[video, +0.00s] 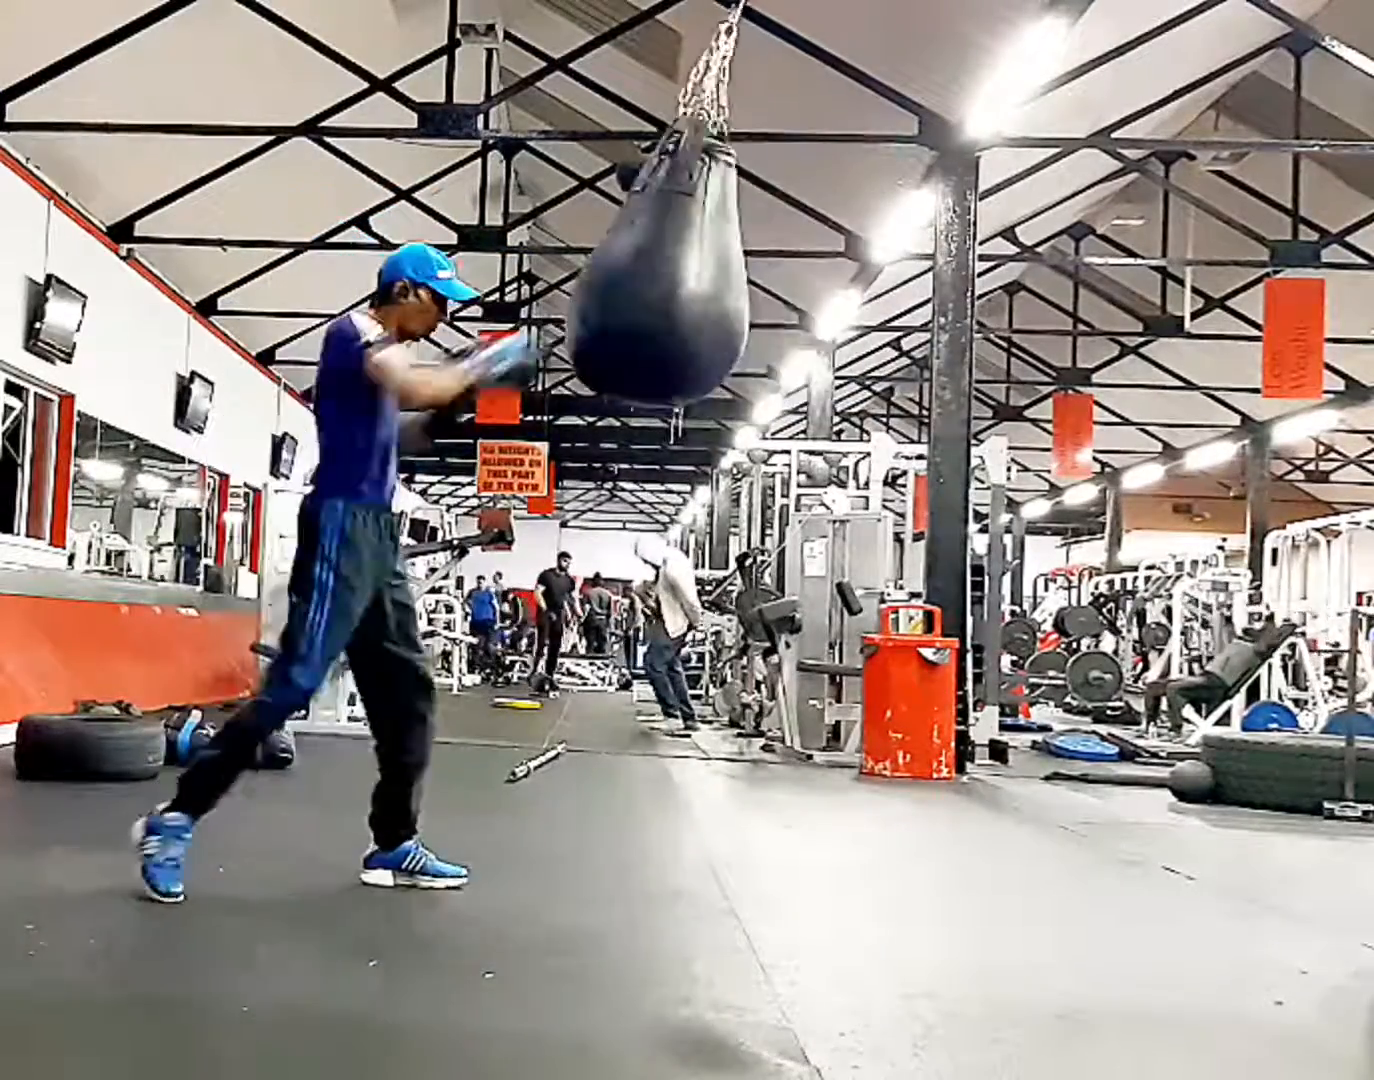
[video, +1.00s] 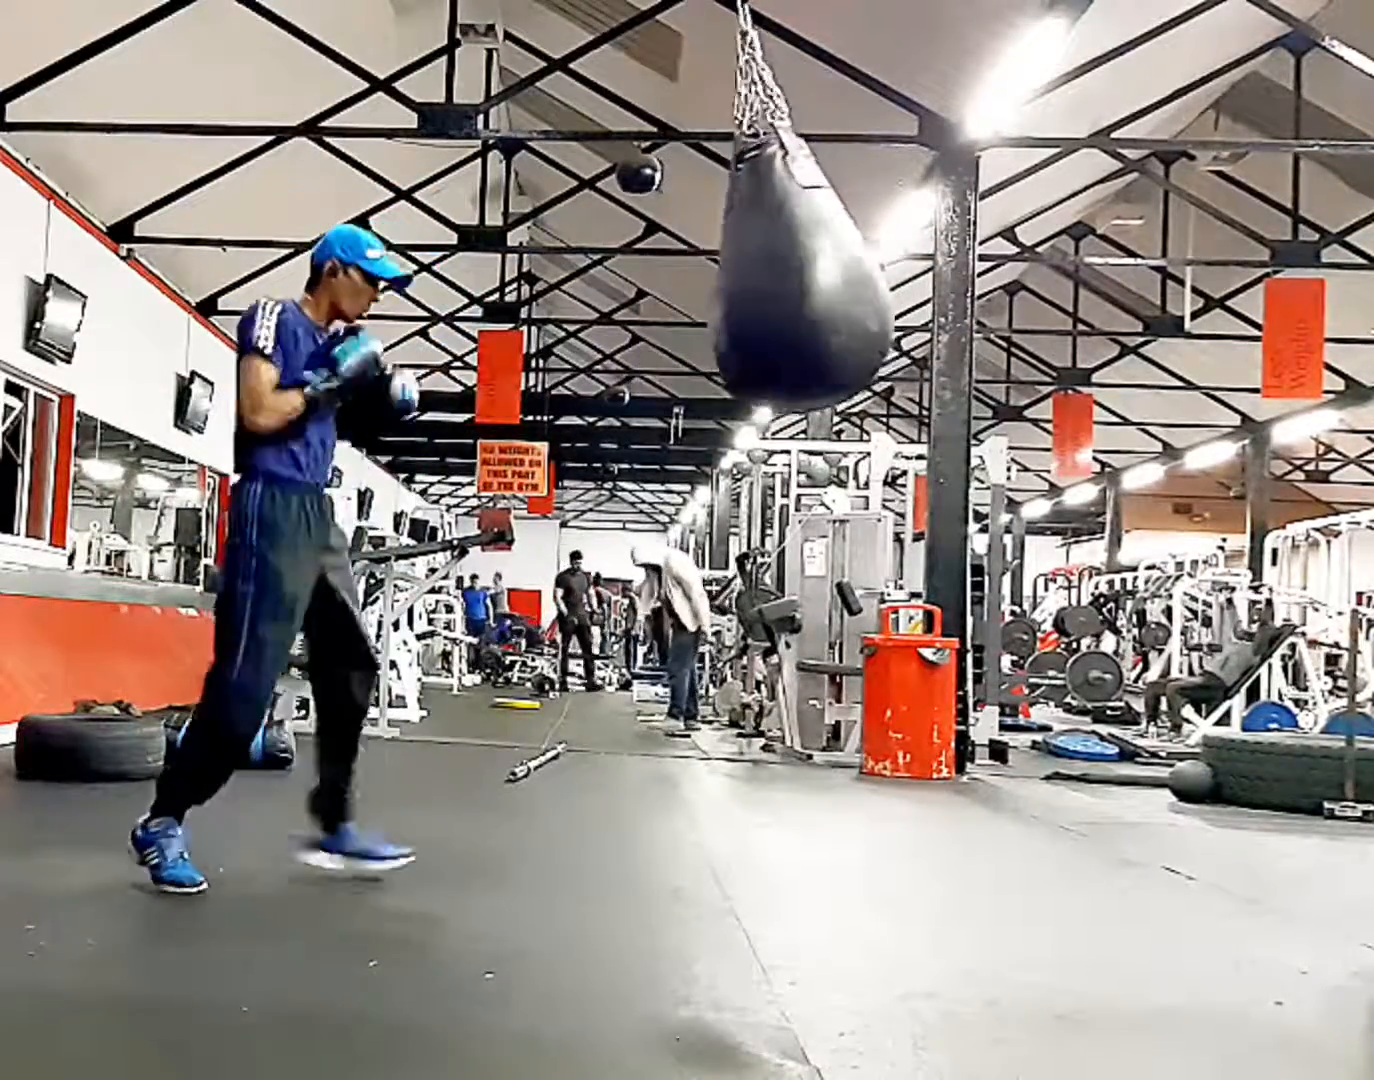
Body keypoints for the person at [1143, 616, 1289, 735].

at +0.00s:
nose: (1253, 628)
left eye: (1259, 628)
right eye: (1254, 627)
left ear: (1262, 637)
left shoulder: (1257, 650)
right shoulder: (1232, 645)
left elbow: (1272, 641)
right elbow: (1220, 631)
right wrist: (1220, 613)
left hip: (1218, 683)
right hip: (1203, 677)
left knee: (1173, 688)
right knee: (1152, 688)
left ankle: (1177, 731)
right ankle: (1148, 728)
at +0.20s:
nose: (1257, 634)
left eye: (1259, 633)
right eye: (1257, 631)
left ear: (1259, 638)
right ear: (1251, 633)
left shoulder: (1258, 651)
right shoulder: (1236, 644)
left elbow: (1278, 656)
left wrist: (1273, 640)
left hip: (1216, 683)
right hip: (1201, 674)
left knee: (1173, 688)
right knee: (1152, 687)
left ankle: (1176, 731)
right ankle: (1147, 728)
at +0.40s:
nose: (1255, 633)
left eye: (1259, 631)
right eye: (1256, 630)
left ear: (1260, 638)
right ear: (1249, 632)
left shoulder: (1258, 651)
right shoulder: (1236, 644)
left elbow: (1277, 653)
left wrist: (1271, 638)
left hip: (1218, 683)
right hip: (1203, 674)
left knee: (1173, 688)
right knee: (1152, 687)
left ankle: (1176, 730)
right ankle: (1147, 728)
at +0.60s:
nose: (1261, 631)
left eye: (1263, 629)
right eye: (1262, 629)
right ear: (1255, 635)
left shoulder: (1258, 650)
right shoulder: (1235, 643)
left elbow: (1271, 643)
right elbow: (1225, 627)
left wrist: (1287, 628)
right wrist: (1220, 609)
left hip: (1217, 683)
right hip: (1202, 677)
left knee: (1174, 689)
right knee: (1152, 688)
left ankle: (1176, 731)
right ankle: (1148, 728)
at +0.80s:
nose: (1249, 629)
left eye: (1256, 627)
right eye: (1251, 625)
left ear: (1257, 636)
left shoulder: (1255, 651)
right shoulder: (1235, 644)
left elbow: (1267, 628)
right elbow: (1235, 627)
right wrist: (1230, 606)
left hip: (1218, 682)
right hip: (1204, 677)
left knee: (1174, 688)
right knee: (1153, 687)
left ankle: (1176, 730)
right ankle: (1149, 727)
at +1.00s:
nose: (1253, 626)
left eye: (1256, 627)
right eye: (1254, 624)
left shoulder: (1256, 650)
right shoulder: (1239, 643)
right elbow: (1237, 631)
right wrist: (1230, 607)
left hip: (1218, 681)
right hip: (1205, 675)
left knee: (1173, 689)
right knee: (1153, 687)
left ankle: (1176, 729)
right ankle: (1149, 725)